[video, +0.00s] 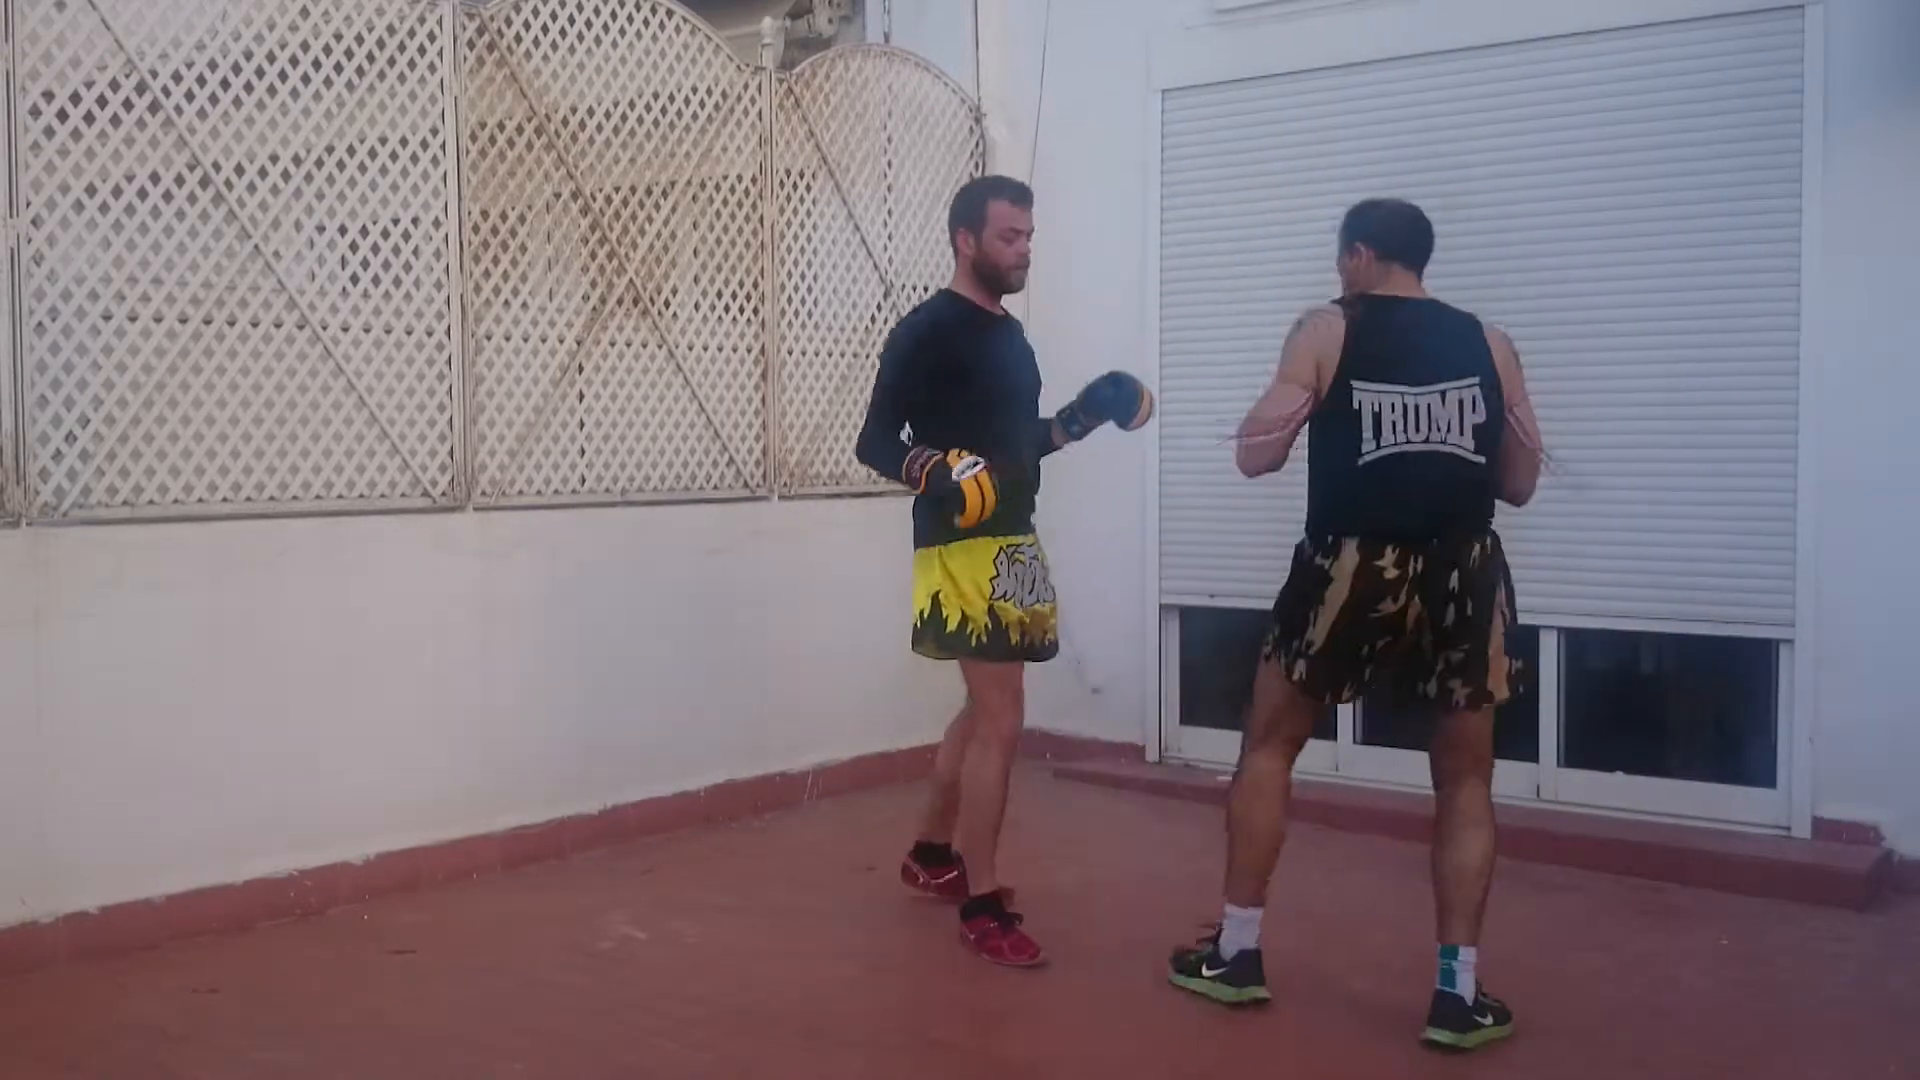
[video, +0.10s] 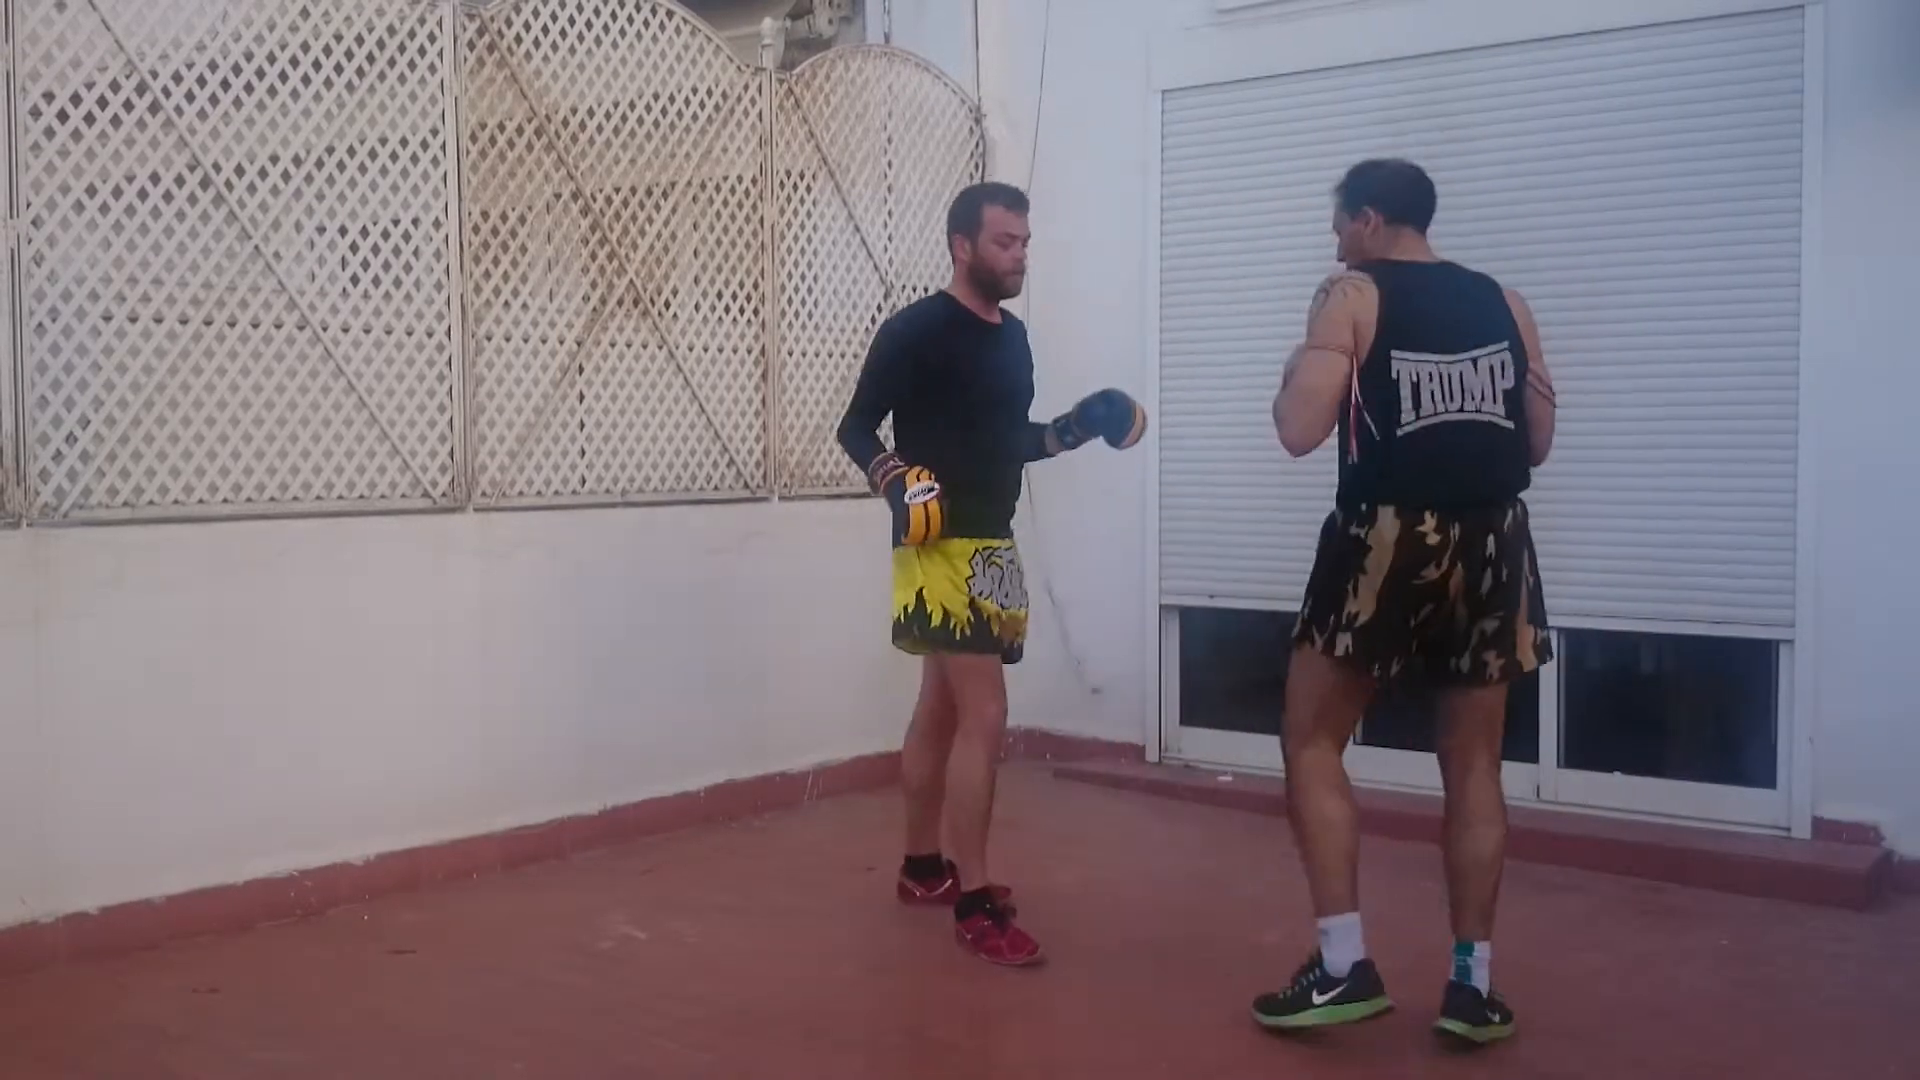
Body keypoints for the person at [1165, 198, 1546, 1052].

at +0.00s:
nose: (1338, 272)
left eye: (1340, 258)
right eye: (1340, 259)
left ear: (1362, 256)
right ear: (1424, 262)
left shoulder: (1327, 329)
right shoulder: (1489, 343)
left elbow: (1256, 454)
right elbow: (1520, 483)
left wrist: (1312, 394)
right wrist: (1471, 413)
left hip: (1348, 570)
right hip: (1464, 577)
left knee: (1271, 749)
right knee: (1466, 782)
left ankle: (1236, 952)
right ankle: (1457, 994)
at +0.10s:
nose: (1338, 245)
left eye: (1340, 232)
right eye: (1338, 232)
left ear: (1366, 220)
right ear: (1423, 221)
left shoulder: (1354, 294)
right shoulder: (1505, 302)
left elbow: (1300, 429)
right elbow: (1537, 440)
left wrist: (1323, 339)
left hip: (1384, 544)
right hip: (1493, 549)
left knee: (1313, 742)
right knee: (1475, 767)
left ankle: (1342, 965)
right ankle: (1473, 984)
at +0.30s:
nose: (1348, 245)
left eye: (1352, 230)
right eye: (1349, 230)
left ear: (1384, 229)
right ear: (1438, 228)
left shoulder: (1374, 312)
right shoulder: (1521, 299)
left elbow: (1320, 449)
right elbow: (1561, 423)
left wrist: (1300, 374)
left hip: (1427, 572)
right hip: (1534, 567)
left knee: (1429, 816)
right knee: (1537, 782)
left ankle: (1495, 1048)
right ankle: (1593, 997)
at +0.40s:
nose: (1351, 263)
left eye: (1356, 248)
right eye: (1352, 248)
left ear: (1391, 250)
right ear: (1441, 249)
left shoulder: (1401, 343)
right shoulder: (1527, 322)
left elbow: (1337, 486)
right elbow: (1569, 442)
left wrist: (1302, 425)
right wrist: (1444, 421)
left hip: (1449, 595)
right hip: (1553, 590)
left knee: (1421, 830)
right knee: (1555, 793)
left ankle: (1501, 1058)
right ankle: (1619, 1007)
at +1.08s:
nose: (1386, 257)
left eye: (1387, 241)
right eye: (1383, 244)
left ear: (1417, 228)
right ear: (1472, 229)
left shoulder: (1417, 296)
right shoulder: (1545, 304)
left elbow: (1317, 405)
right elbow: (1480, 370)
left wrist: (1294, 311)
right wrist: (1397, 318)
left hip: (1453, 562)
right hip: (1559, 568)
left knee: (1392, 781)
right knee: (1568, 789)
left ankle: (1372, 1016)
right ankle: (1614, 1015)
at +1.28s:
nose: (1374, 267)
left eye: (1375, 251)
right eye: (1372, 254)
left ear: (1406, 239)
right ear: (1458, 239)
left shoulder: (1411, 305)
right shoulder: (1530, 312)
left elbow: (1310, 414)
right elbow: (1472, 383)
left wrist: (1285, 325)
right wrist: (1387, 338)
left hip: (1435, 559)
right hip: (1544, 568)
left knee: (1330, 750)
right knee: (1556, 790)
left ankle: (1355, 977)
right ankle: (1605, 1017)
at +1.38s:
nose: (1361, 284)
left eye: (1362, 270)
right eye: (1359, 273)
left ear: (1394, 252)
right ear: (1443, 252)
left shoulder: (1399, 314)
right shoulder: (1516, 324)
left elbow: (1296, 422)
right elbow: (1459, 403)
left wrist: (1274, 335)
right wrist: (1371, 358)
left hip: (1416, 565)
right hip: (1527, 580)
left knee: (1279, 719)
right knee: (1548, 797)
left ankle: (1301, 935)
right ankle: (1603, 1017)